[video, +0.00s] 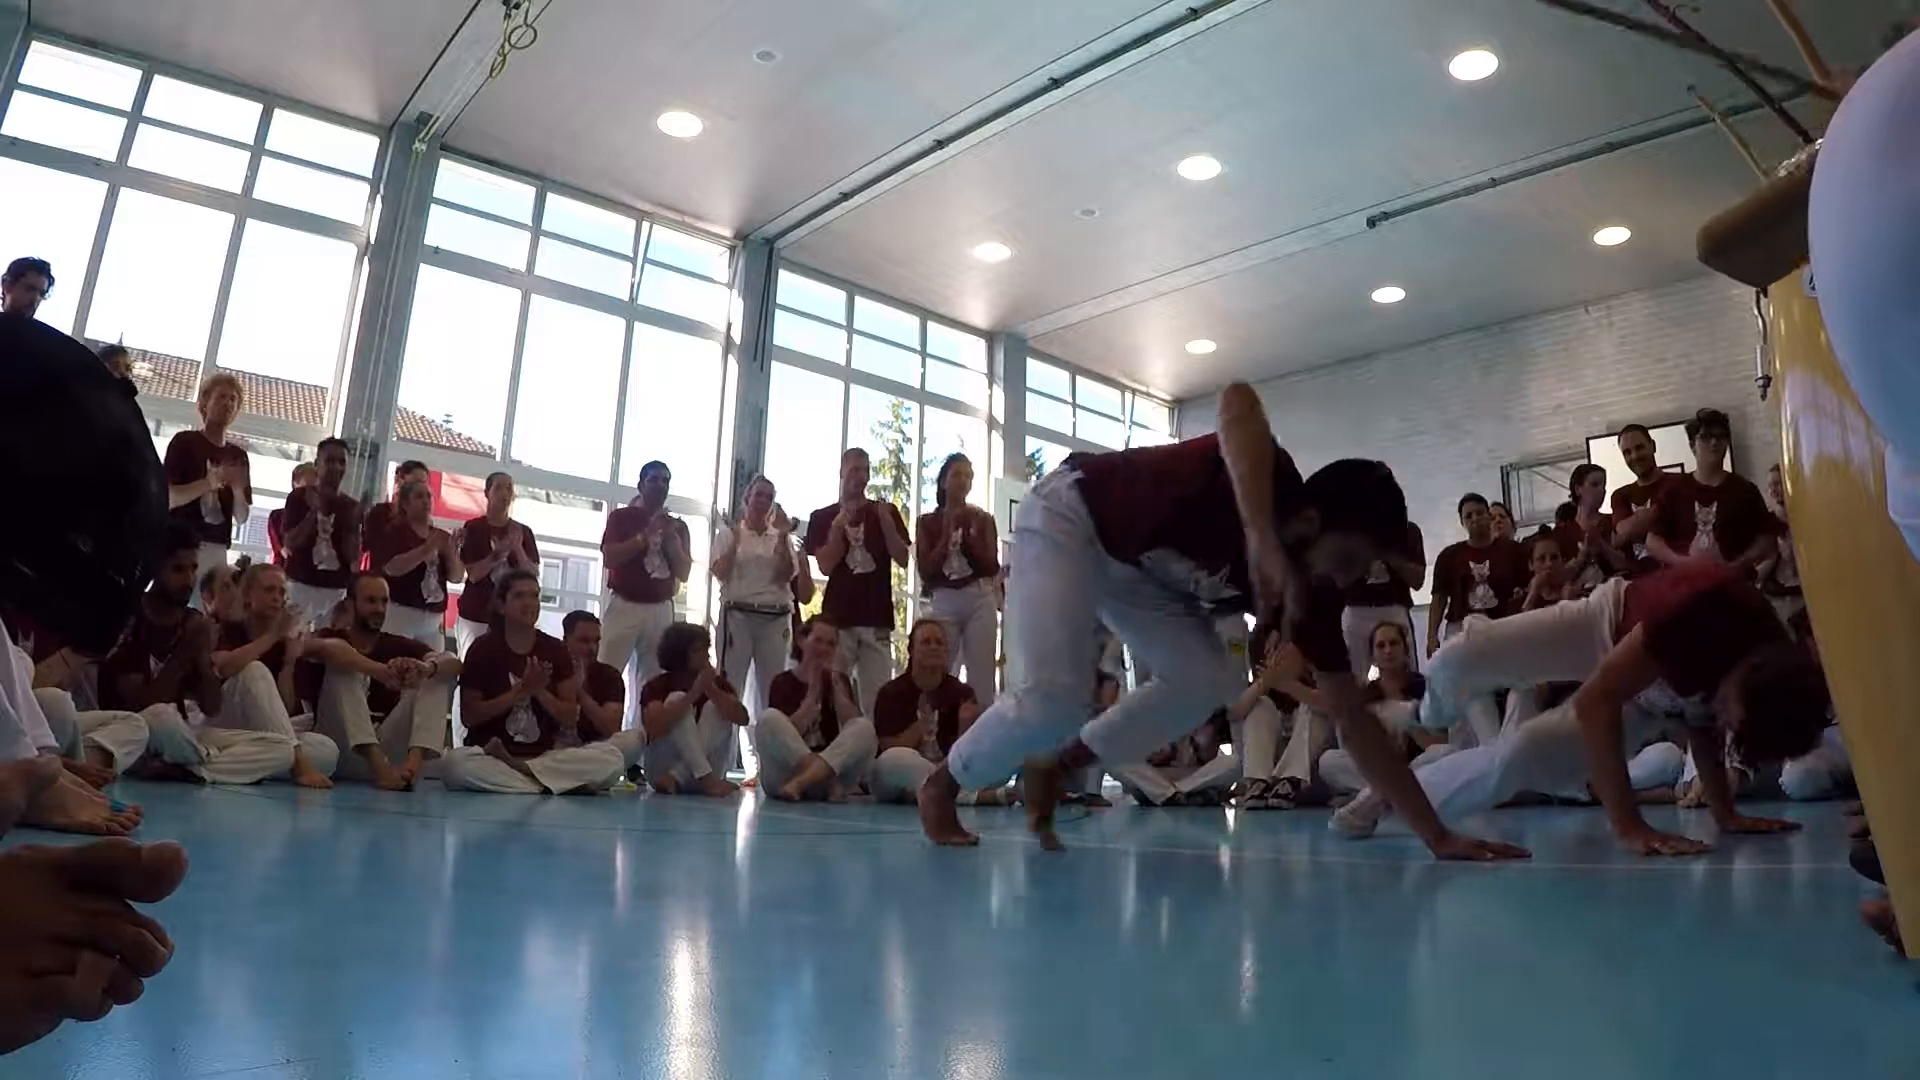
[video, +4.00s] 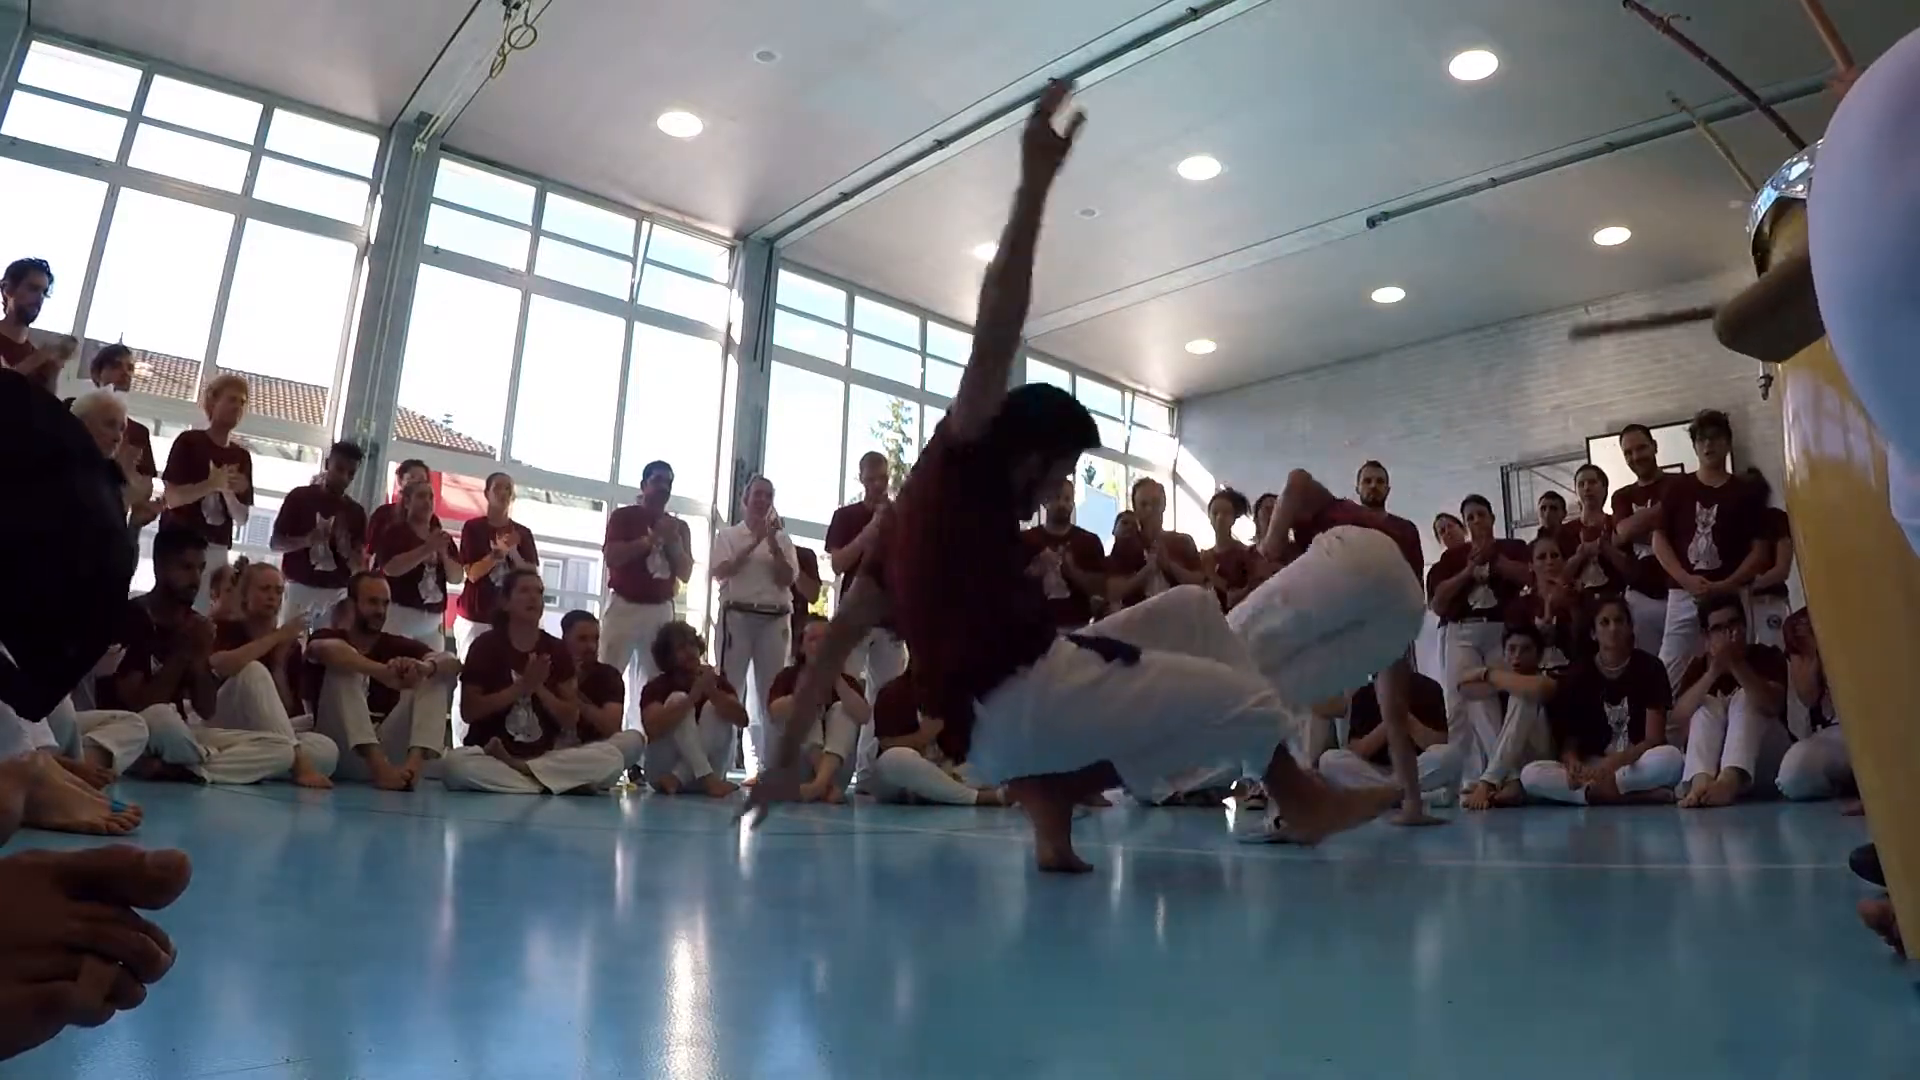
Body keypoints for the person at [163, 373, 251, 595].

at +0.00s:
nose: (227, 403)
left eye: (232, 399)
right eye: (221, 396)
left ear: (237, 409)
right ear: (202, 403)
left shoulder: (237, 455)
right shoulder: (183, 442)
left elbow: (241, 517)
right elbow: (167, 499)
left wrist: (236, 486)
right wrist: (208, 483)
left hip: (216, 549)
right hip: (180, 545)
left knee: (208, 620)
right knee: (170, 616)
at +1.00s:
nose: (232, 406)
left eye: (237, 402)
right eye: (226, 399)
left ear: (241, 411)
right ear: (207, 405)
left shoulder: (240, 455)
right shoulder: (188, 441)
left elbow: (248, 515)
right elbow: (175, 499)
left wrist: (231, 487)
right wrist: (221, 477)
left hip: (219, 546)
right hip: (184, 542)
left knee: (212, 619)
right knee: (176, 614)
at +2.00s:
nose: (232, 405)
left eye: (236, 400)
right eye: (225, 398)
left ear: (239, 409)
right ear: (206, 402)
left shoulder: (238, 454)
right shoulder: (184, 441)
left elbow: (243, 515)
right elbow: (169, 497)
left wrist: (245, 478)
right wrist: (207, 470)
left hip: (216, 547)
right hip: (179, 543)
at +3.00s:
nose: (232, 403)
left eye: (236, 399)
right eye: (225, 396)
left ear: (239, 407)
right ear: (204, 403)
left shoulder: (236, 453)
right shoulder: (184, 440)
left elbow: (244, 513)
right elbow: (172, 496)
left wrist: (236, 478)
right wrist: (218, 471)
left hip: (217, 547)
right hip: (180, 544)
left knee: (210, 619)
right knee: (173, 614)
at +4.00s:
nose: (238, 407)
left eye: (242, 402)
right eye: (231, 399)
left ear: (245, 409)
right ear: (210, 403)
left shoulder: (241, 456)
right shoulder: (188, 441)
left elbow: (242, 517)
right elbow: (172, 499)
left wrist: (230, 494)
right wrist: (211, 485)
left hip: (217, 548)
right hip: (179, 544)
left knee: (205, 618)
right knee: (171, 612)